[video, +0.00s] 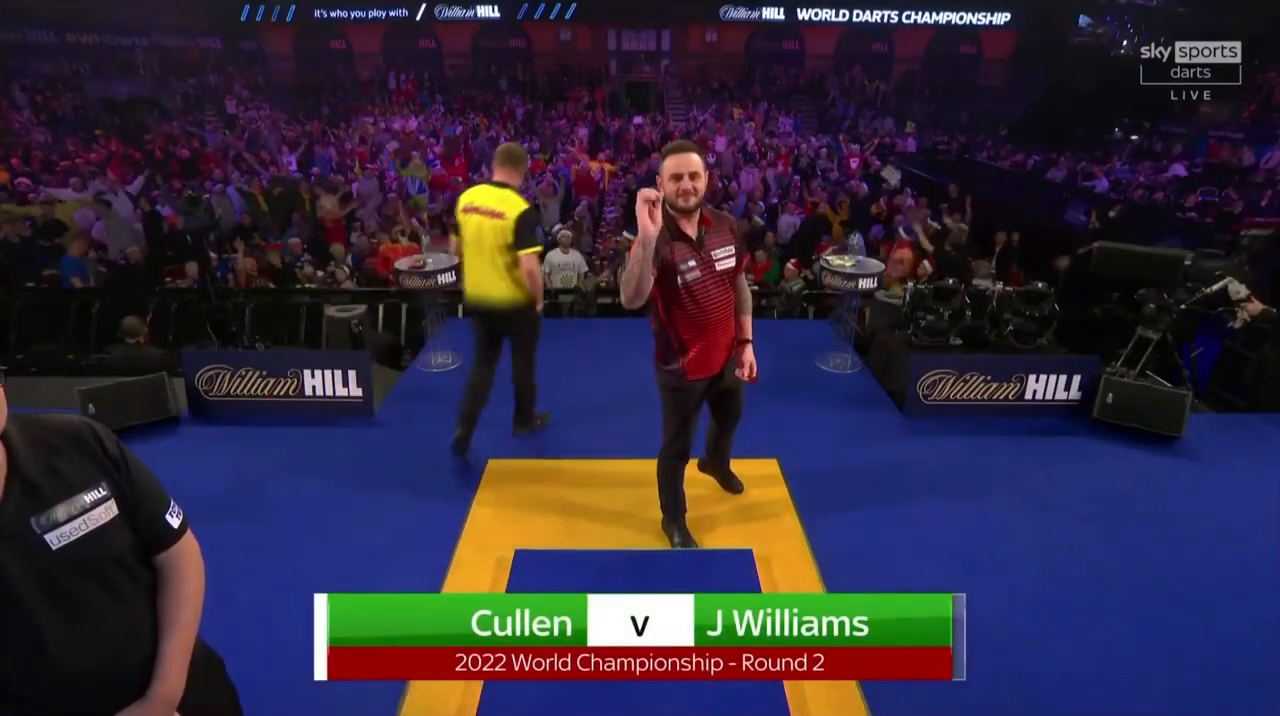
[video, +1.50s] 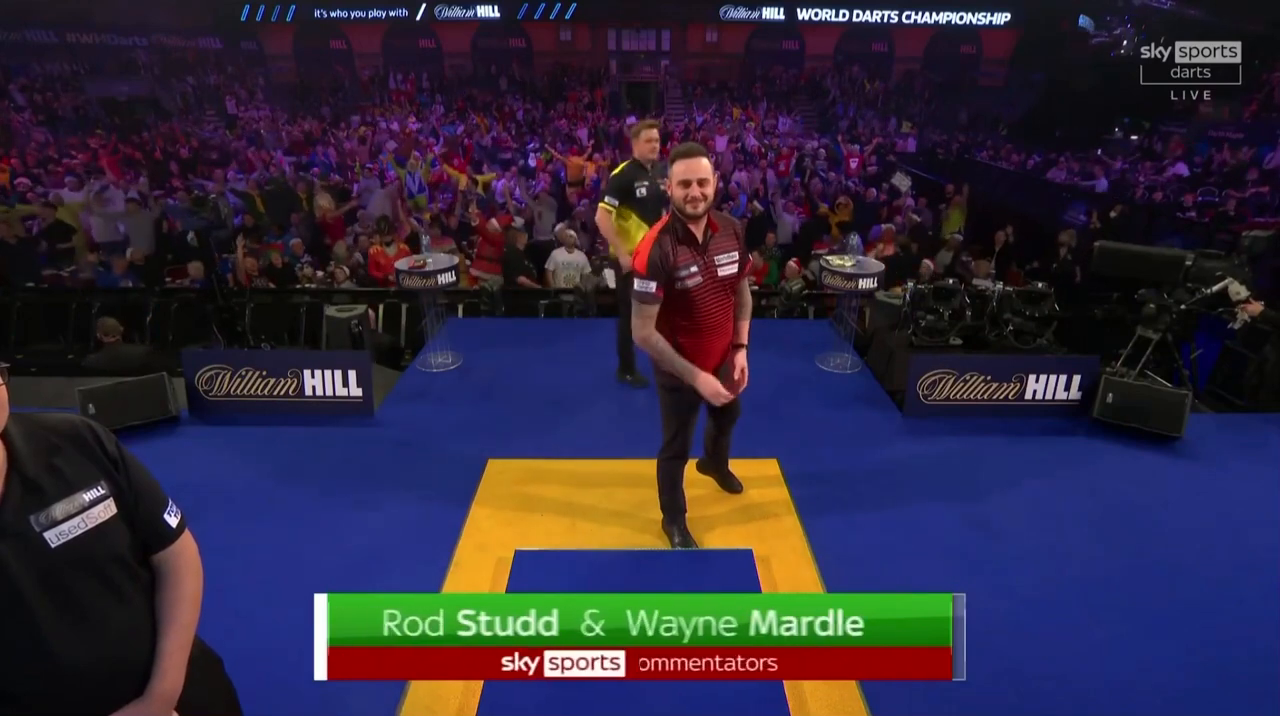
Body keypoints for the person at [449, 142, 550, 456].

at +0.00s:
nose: (522, 177)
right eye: (524, 172)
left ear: (494, 168)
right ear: (523, 172)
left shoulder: (466, 198)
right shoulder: (521, 210)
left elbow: (455, 245)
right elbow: (529, 263)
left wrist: (479, 257)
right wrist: (538, 298)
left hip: (477, 297)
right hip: (514, 300)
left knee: (482, 366)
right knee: (523, 362)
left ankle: (463, 430)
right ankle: (524, 418)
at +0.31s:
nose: (551, 167)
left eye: (549, 162)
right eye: (551, 162)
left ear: (523, 159)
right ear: (549, 162)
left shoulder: (497, 188)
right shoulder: (548, 196)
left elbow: (486, 236)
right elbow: (558, 249)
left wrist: (510, 250)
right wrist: (564, 286)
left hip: (510, 281)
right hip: (540, 284)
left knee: (531, 340)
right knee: (533, 354)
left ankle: (537, 386)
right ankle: (524, 417)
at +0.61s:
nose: (585, 163)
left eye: (585, 157)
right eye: (584, 157)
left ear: (558, 154)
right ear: (574, 155)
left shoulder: (536, 180)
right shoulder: (570, 189)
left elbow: (529, 223)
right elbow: (574, 237)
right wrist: (586, 272)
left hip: (544, 268)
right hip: (567, 270)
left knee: (565, 319)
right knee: (582, 329)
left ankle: (566, 372)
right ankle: (544, 386)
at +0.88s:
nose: (615, 155)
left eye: (615, 149)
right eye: (611, 149)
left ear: (595, 150)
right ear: (595, 149)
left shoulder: (580, 173)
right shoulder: (588, 179)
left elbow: (587, 215)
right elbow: (578, 224)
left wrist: (611, 225)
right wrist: (591, 261)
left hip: (575, 262)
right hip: (588, 264)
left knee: (572, 322)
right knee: (612, 317)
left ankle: (568, 374)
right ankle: (615, 369)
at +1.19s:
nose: (637, 150)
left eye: (638, 145)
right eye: (631, 145)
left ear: (637, 148)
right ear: (614, 148)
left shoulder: (627, 178)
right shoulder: (607, 178)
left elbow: (623, 220)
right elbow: (590, 222)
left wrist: (648, 228)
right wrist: (604, 260)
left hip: (628, 258)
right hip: (613, 259)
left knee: (620, 313)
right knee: (624, 314)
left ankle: (585, 356)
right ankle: (626, 369)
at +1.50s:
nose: (654, 146)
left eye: (657, 141)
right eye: (648, 141)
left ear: (660, 144)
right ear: (634, 144)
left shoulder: (661, 172)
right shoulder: (622, 175)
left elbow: (665, 211)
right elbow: (602, 217)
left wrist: (669, 241)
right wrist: (621, 253)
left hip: (658, 252)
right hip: (630, 256)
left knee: (660, 312)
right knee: (629, 315)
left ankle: (667, 367)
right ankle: (626, 368)